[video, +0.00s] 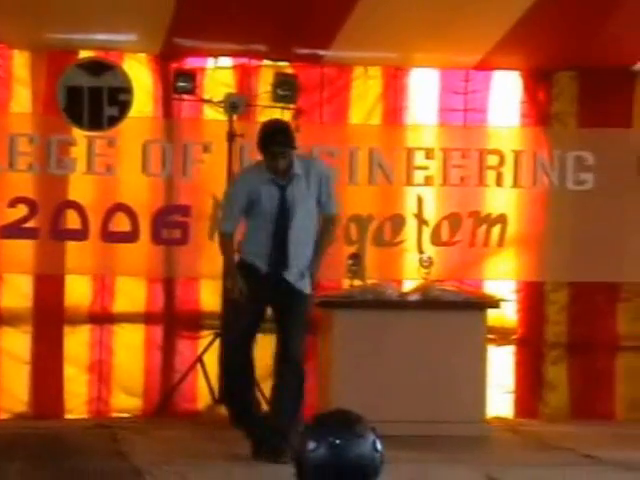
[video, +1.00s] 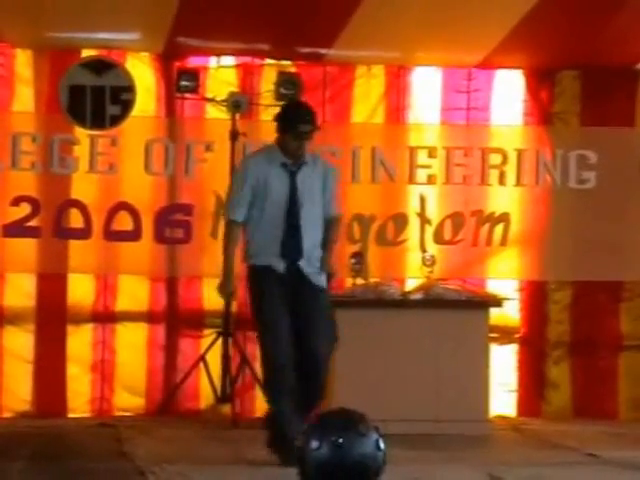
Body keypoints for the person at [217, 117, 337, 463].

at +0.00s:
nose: (281, 164)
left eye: (285, 156)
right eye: (274, 157)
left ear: (295, 150)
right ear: (263, 155)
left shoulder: (316, 175)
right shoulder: (248, 180)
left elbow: (329, 219)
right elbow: (225, 228)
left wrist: (314, 265)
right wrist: (231, 271)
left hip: (295, 277)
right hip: (252, 275)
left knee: (291, 357)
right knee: (235, 349)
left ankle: (281, 435)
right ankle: (249, 420)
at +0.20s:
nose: (285, 158)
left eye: (291, 151)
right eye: (279, 151)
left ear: (299, 147)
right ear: (265, 146)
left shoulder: (314, 170)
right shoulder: (247, 172)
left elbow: (341, 207)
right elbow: (241, 225)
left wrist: (327, 250)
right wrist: (251, 267)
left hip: (310, 274)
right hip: (268, 275)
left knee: (318, 355)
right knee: (273, 353)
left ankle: (288, 430)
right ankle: (301, 426)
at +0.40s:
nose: (296, 149)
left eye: (301, 140)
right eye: (289, 141)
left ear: (308, 140)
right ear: (276, 141)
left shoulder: (322, 176)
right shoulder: (251, 177)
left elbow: (329, 222)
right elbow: (238, 231)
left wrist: (329, 262)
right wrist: (255, 277)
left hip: (314, 282)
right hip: (273, 284)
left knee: (331, 356)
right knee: (283, 359)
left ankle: (321, 422)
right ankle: (306, 422)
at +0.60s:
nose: (296, 147)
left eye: (301, 139)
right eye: (289, 139)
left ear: (311, 141)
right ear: (278, 143)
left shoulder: (330, 184)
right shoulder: (261, 184)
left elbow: (341, 233)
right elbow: (237, 232)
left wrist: (329, 276)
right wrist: (244, 273)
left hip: (307, 287)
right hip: (264, 281)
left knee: (297, 369)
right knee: (241, 346)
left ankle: (284, 439)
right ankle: (233, 412)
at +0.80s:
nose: (295, 133)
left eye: (300, 124)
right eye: (288, 125)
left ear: (308, 126)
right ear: (276, 126)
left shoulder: (327, 163)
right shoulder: (257, 163)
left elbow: (338, 213)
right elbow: (247, 214)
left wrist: (329, 257)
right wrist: (234, 240)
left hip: (311, 267)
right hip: (268, 267)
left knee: (306, 354)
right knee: (269, 352)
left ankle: (301, 433)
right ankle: (265, 434)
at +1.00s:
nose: (303, 145)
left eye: (308, 138)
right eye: (296, 138)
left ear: (313, 136)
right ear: (279, 133)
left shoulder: (323, 172)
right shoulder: (255, 167)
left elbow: (332, 220)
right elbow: (234, 222)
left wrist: (328, 259)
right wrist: (228, 273)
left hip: (310, 272)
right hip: (268, 271)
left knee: (318, 350)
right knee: (278, 354)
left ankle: (289, 423)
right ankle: (287, 437)